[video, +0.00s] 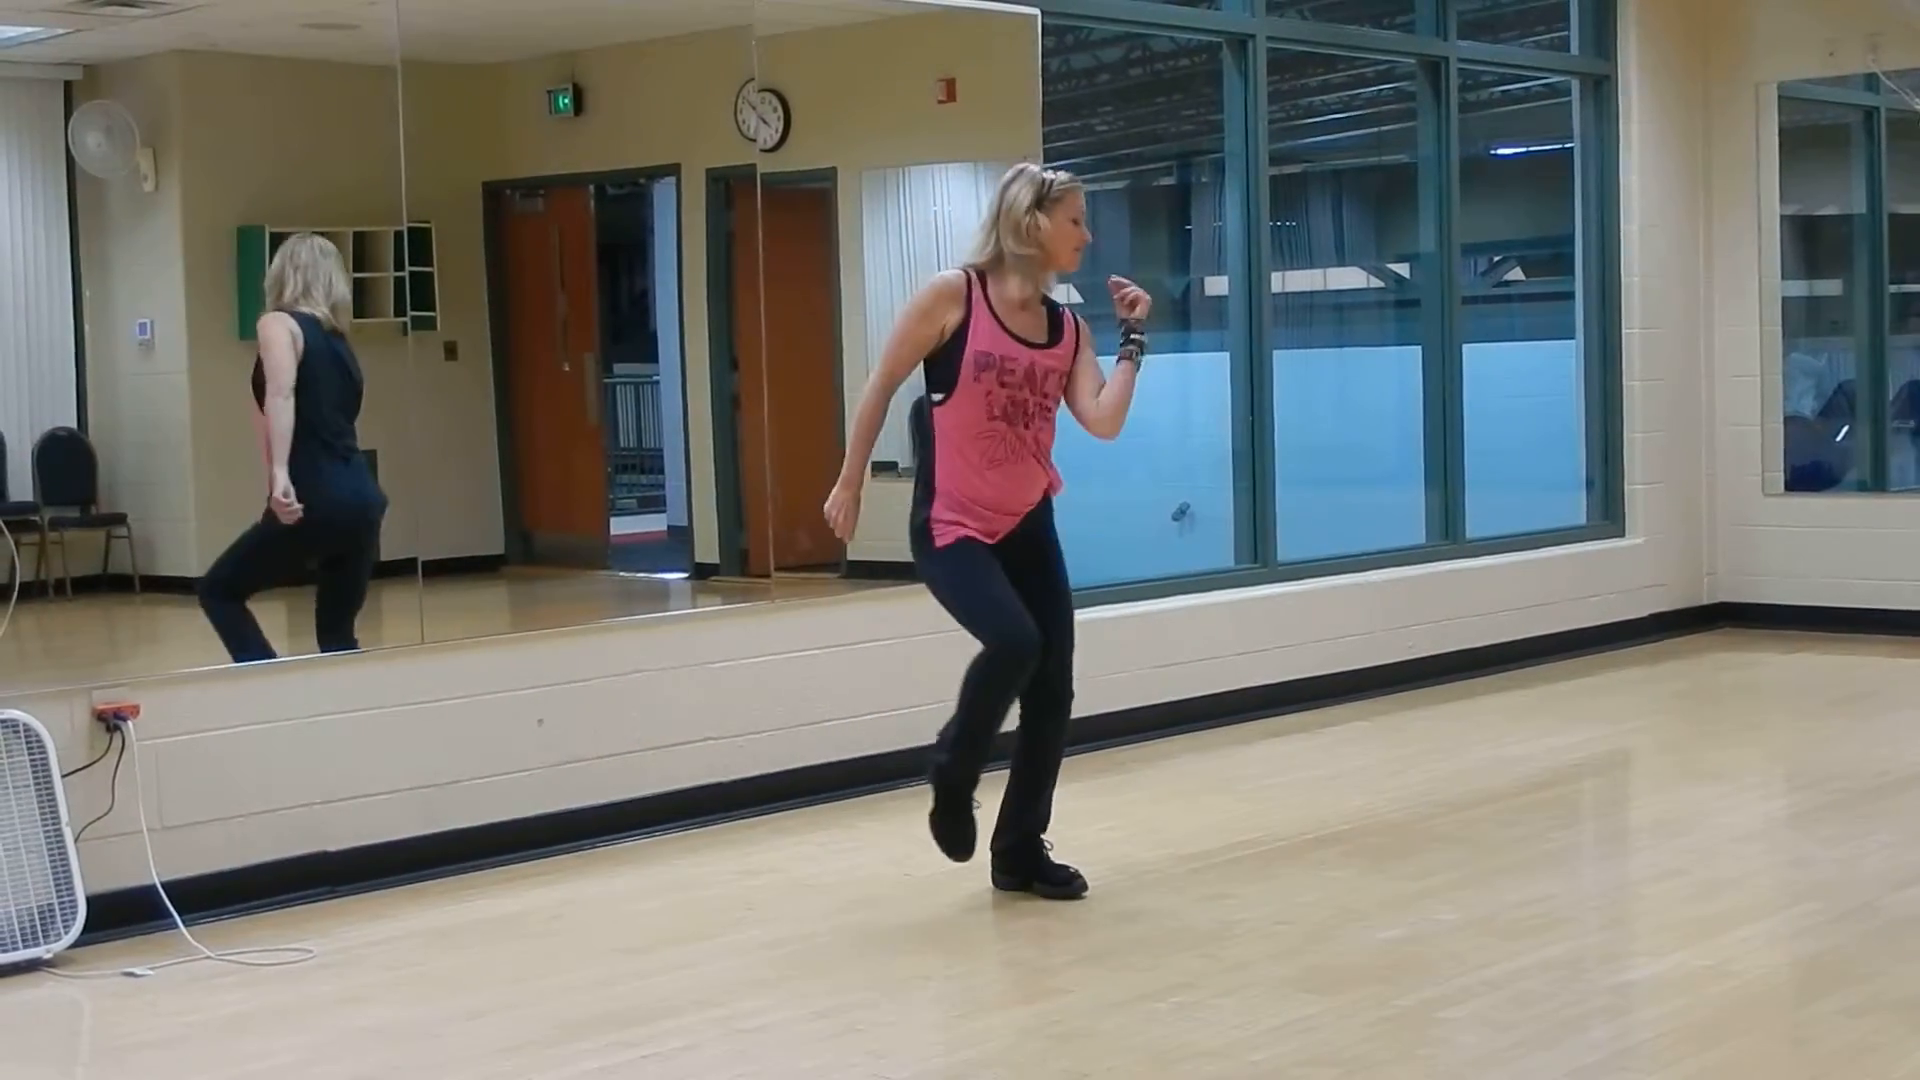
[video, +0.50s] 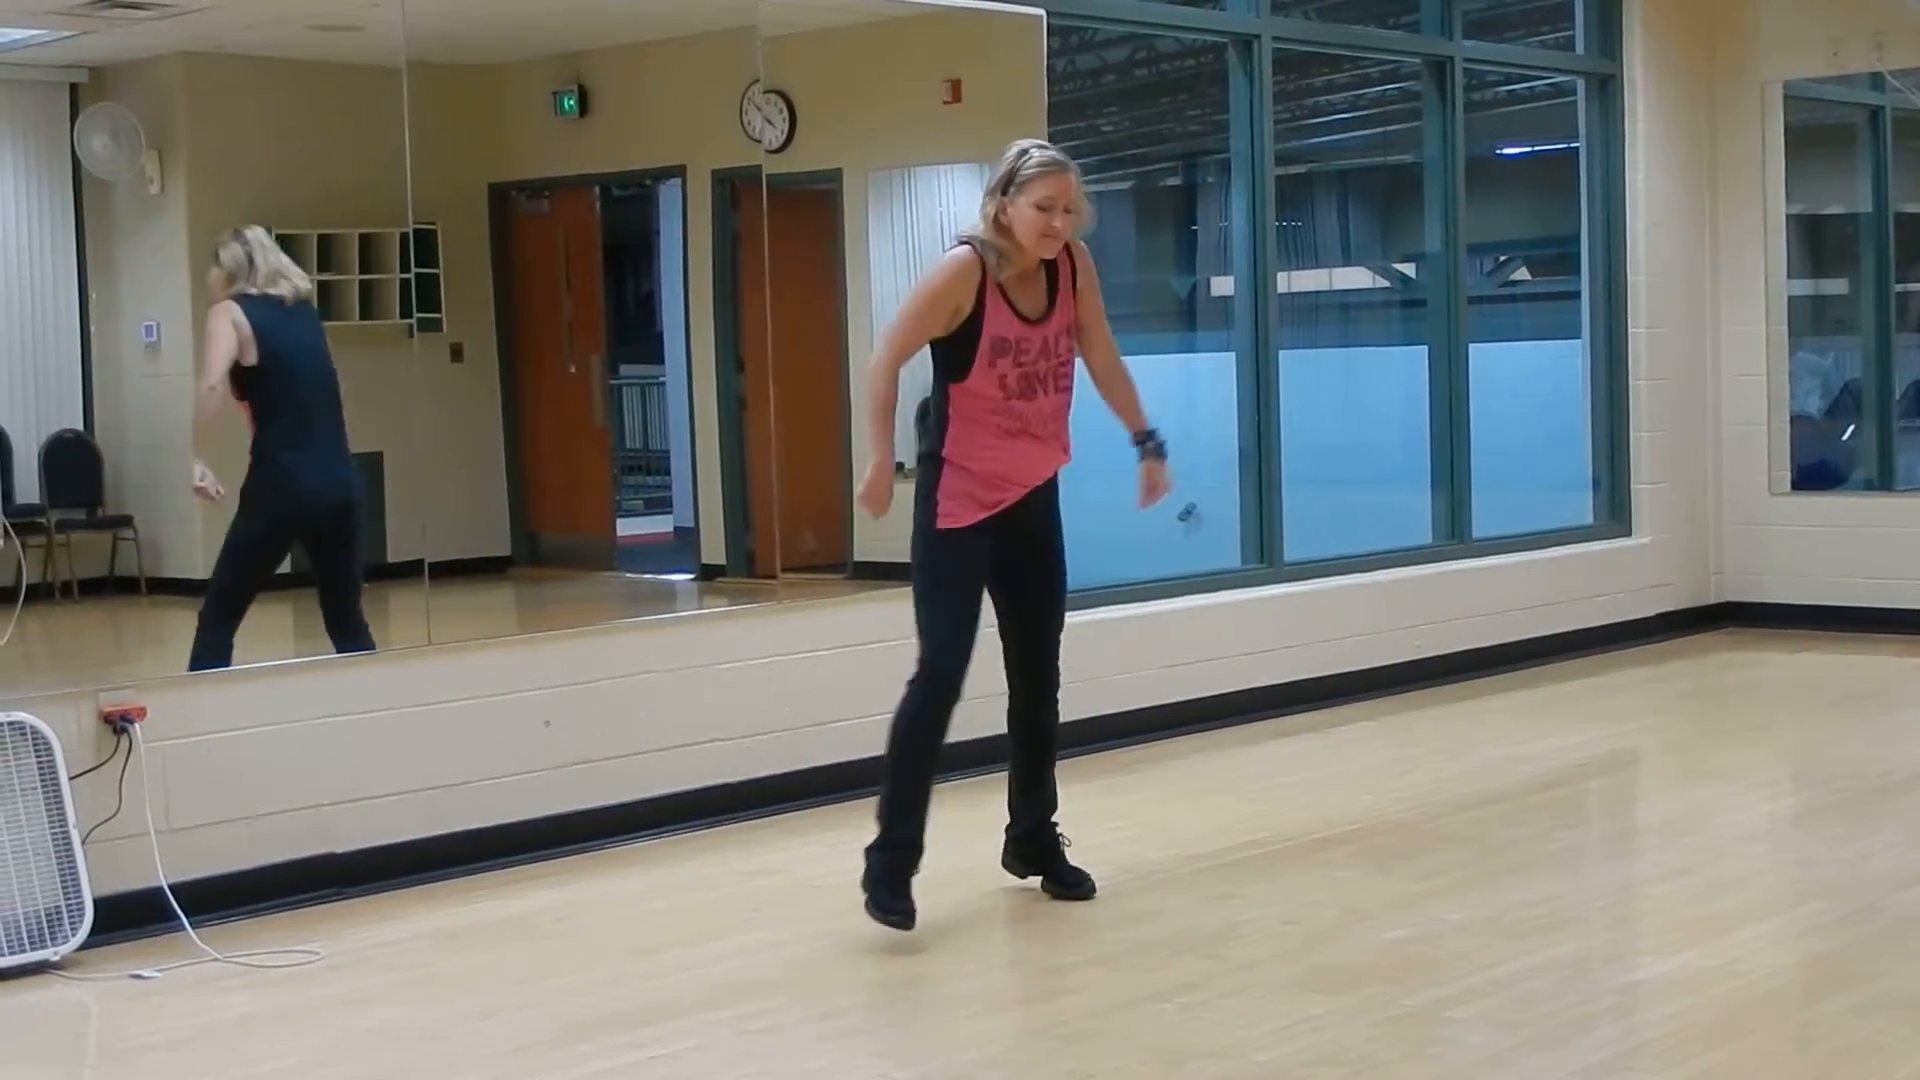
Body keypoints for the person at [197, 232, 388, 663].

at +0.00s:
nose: (272, 278)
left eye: (277, 270)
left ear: (282, 275)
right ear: (335, 281)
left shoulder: (277, 324)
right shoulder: (338, 339)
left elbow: (281, 395)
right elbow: (336, 424)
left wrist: (280, 472)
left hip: (314, 502)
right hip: (363, 502)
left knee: (217, 592)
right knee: (336, 632)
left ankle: (274, 694)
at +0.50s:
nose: (212, 282)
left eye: (216, 273)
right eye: (212, 273)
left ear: (230, 271)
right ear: (274, 266)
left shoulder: (230, 311)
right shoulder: (305, 313)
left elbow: (214, 387)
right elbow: (320, 391)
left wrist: (198, 457)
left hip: (279, 488)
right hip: (337, 484)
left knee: (218, 620)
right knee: (347, 621)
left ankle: (199, 731)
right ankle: (384, 725)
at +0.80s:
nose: (148, 282)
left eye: (152, 273)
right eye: (150, 273)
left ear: (162, 280)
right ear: (210, 275)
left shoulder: (159, 339)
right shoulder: (243, 339)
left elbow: (145, 427)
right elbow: (287, 396)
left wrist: (107, 434)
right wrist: (309, 465)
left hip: (200, 505)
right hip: (260, 499)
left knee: (168, 643)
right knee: (293, 627)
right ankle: (357, 709)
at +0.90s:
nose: (125, 285)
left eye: (129, 276)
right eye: (127, 275)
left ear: (142, 281)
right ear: (189, 276)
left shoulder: (134, 343)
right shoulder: (225, 335)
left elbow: (110, 434)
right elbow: (280, 393)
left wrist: (66, 460)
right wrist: (276, 470)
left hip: (171, 511)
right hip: (233, 505)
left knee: (148, 649)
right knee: (233, 630)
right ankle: (303, 701)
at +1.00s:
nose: (111, 293)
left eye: (116, 284)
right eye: (112, 283)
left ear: (128, 290)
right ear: (175, 281)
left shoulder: (119, 351)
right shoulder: (216, 339)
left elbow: (77, 443)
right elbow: (271, 399)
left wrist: (35, 491)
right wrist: (241, 461)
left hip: (155, 517)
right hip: (216, 511)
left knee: (133, 644)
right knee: (174, 632)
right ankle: (240, 705)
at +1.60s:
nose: (43, 279)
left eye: (48, 269)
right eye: (46, 269)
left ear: (58, 276)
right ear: (109, 274)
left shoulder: (71, 335)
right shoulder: (127, 327)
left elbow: (111, 414)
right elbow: (149, 409)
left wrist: (75, 476)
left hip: (121, 506)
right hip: (178, 498)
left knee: (77, 657)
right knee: (191, 646)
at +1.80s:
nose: (6, 282)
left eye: (12, 272)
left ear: (21, 280)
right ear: (79, 275)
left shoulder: (28, 350)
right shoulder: (102, 332)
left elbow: (15, 447)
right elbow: (137, 408)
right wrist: (175, 468)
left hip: (94, 510)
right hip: (152, 500)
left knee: (63, 645)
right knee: (132, 624)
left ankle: (65, 752)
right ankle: (189, 718)